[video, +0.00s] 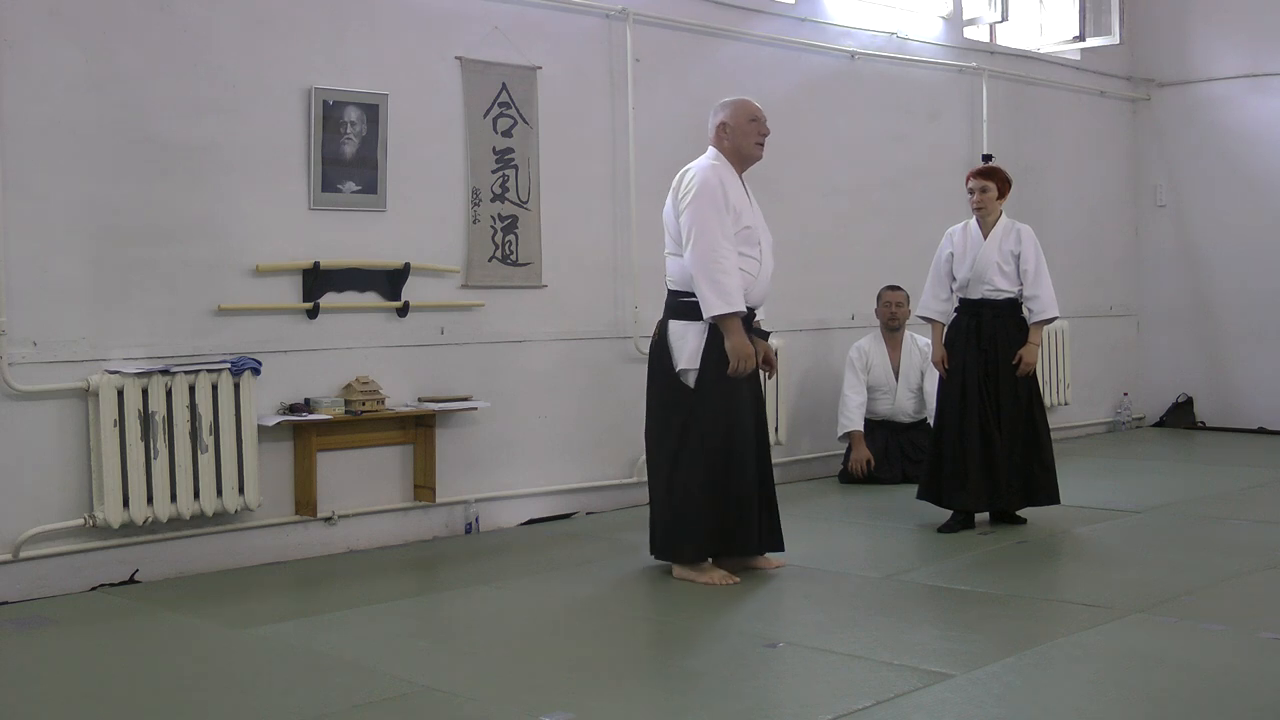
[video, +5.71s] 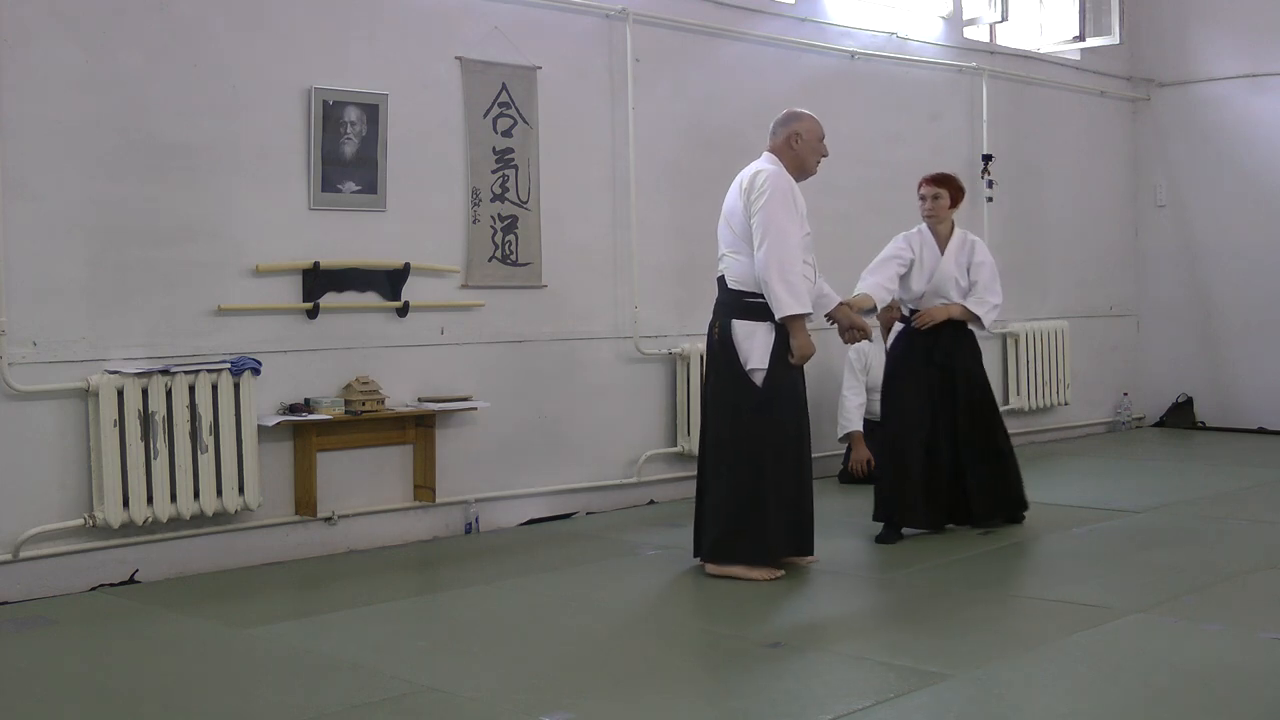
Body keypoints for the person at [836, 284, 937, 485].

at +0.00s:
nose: (893, 311)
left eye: (899, 305)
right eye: (887, 305)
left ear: (909, 313)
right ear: (877, 312)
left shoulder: (925, 348)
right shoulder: (862, 350)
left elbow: (935, 397)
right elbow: (852, 397)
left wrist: (943, 437)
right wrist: (857, 443)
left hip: (916, 431)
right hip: (874, 431)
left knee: (934, 474)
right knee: (855, 472)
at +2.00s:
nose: (890, 310)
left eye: (896, 305)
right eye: (884, 305)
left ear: (907, 313)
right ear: (875, 313)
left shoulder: (925, 349)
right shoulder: (860, 351)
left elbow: (935, 397)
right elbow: (851, 399)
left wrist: (944, 436)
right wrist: (857, 443)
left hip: (916, 430)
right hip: (874, 431)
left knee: (935, 472)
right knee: (855, 472)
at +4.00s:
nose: (890, 316)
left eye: (897, 311)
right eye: (884, 310)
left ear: (908, 315)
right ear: (877, 313)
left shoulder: (926, 349)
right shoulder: (861, 351)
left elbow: (936, 398)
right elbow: (852, 398)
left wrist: (946, 438)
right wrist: (857, 442)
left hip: (916, 430)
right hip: (875, 431)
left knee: (937, 470)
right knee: (855, 471)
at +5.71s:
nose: (894, 316)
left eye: (899, 309)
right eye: (888, 309)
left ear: (908, 313)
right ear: (878, 314)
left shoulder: (914, 345)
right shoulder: (863, 347)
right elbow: (852, 394)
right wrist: (857, 441)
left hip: (908, 424)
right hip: (873, 425)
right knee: (853, 471)